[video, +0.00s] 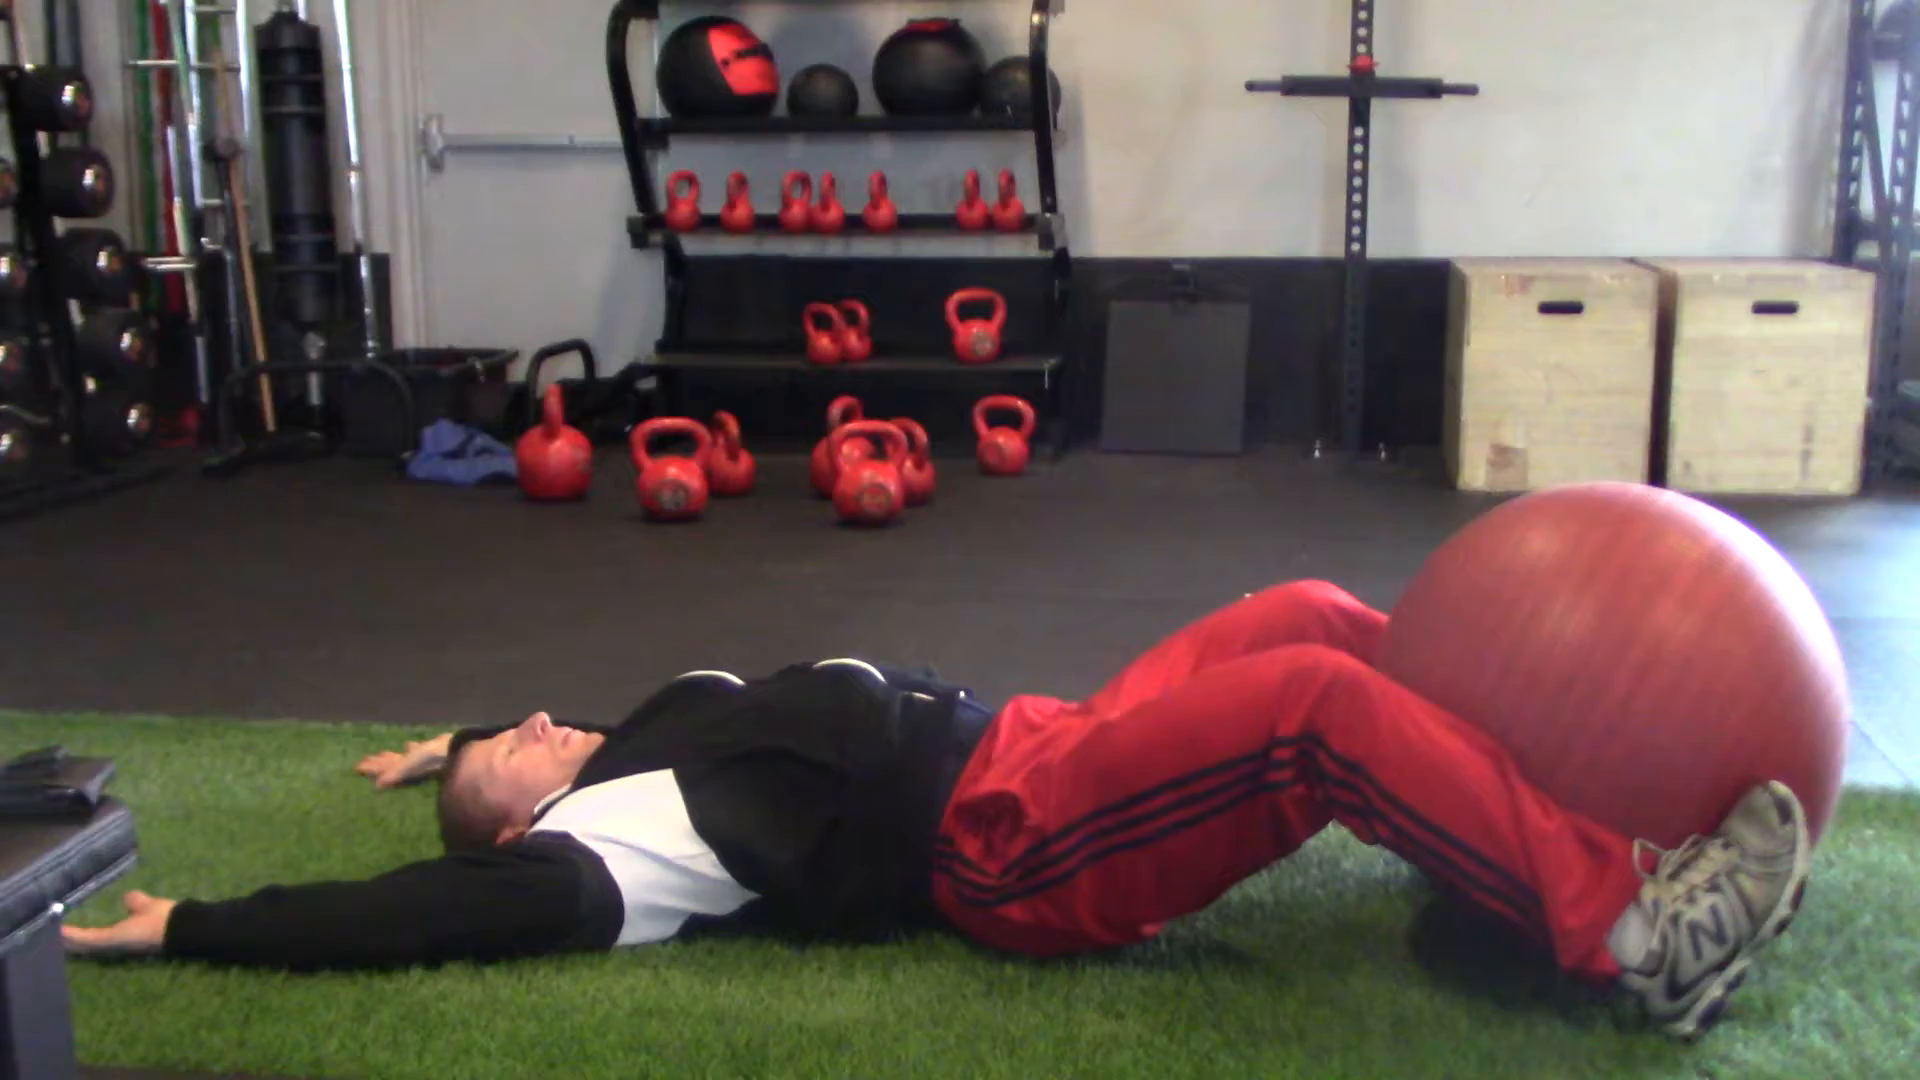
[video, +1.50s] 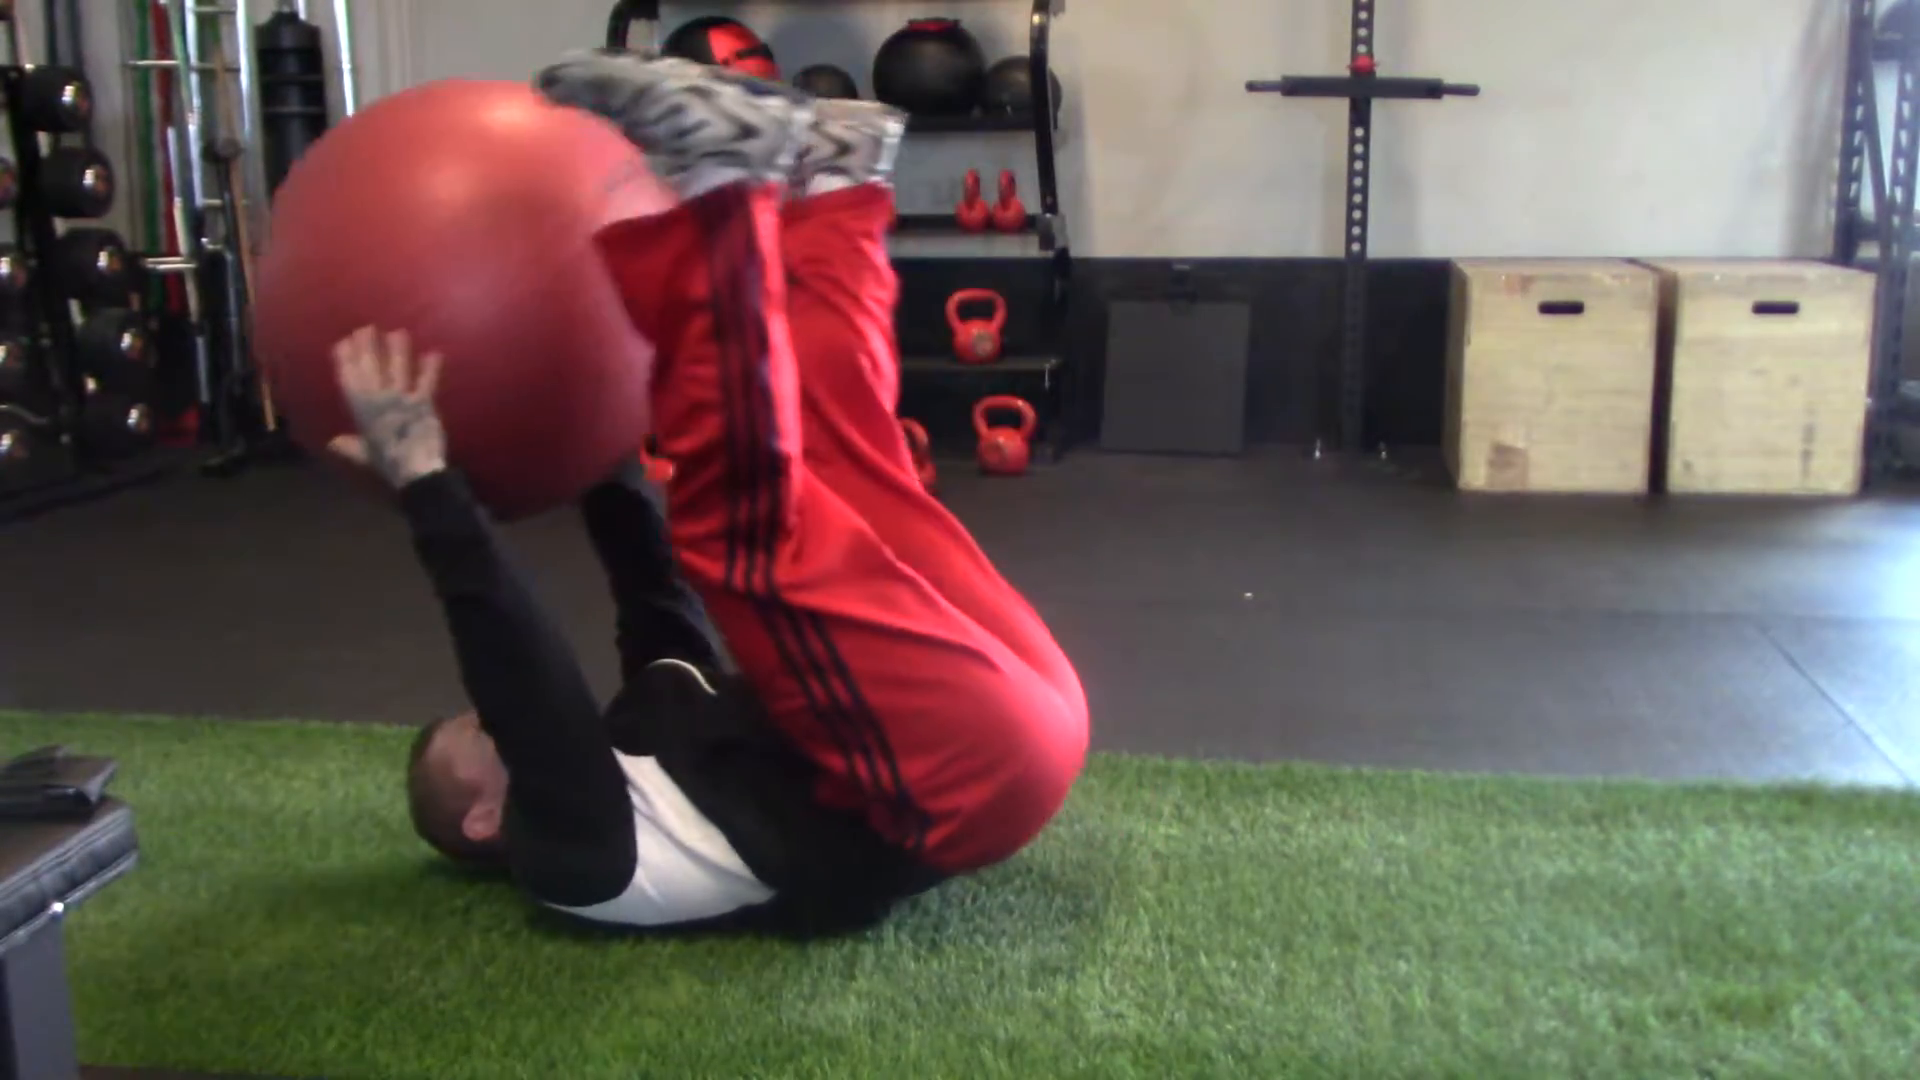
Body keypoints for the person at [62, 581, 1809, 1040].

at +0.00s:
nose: (521, 744)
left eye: (506, 736)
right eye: (495, 766)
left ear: (536, 747)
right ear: (494, 830)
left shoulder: (653, 757)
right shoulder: (604, 856)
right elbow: (416, 913)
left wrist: (443, 762)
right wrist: (179, 930)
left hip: (1043, 740)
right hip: (1015, 836)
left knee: (1315, 619)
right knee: (1310, 687)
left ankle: (1532, 883)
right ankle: (1626, 933)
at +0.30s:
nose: (527, 741)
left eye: (513, 731)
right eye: (503, 762)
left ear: (549, 735)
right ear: (503, 823)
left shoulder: (663, 741)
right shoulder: (613, 841)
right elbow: (435, 911)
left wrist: (451, 742)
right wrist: (193, 920)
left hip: (1048, 738)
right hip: (1016, 833)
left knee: (1312, 610)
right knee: (1296, 665)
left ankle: (1536, 868)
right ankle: (1616, 914)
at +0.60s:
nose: (539, 711)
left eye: (531, 704)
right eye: (518, 736)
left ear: (565, 708)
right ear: (526, 793)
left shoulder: (670, 721)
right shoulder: (616, 839)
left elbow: (591, 656)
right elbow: (427, 857)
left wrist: (443, 634)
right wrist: (208, 779)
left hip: (1020, 767)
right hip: (1008, 852)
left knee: (1205, 530)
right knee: (1192, 558)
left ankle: (1532, 562)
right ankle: (1542, 596)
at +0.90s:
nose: (550, 674)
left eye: (538, 673)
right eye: (524, 693)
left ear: (576, 698)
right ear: (521, 755)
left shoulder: (686, 703)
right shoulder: (602, 833)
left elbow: (647, 597)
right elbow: (453, 720)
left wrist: (572, 446)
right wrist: (339, 538)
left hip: (1046, 782)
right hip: (999, 838)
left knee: (990, 485)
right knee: (893, 511)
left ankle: (1074, 241)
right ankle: (1035, 244)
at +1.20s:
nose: (523, 690)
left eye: (496, 695)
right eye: (489, 714)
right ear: (495, 809)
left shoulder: (674, 736)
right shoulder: (588, 845)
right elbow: (576, 657)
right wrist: (533, 448)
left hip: (1023, 713)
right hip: (949, 770)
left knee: (815, 477)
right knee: (714, 547)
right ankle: (659, 204)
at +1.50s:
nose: (486, 718)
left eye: (478, 718)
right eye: (468, 743)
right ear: (483, 821)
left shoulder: (665, 716)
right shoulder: (578, 864)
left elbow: (644, 562)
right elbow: (523, 672)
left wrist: (562, 398)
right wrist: (427, 484)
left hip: (1031, 721)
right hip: (953, 784)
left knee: (844, 473)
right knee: (736, 523)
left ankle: (840, 187)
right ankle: (729, 188)